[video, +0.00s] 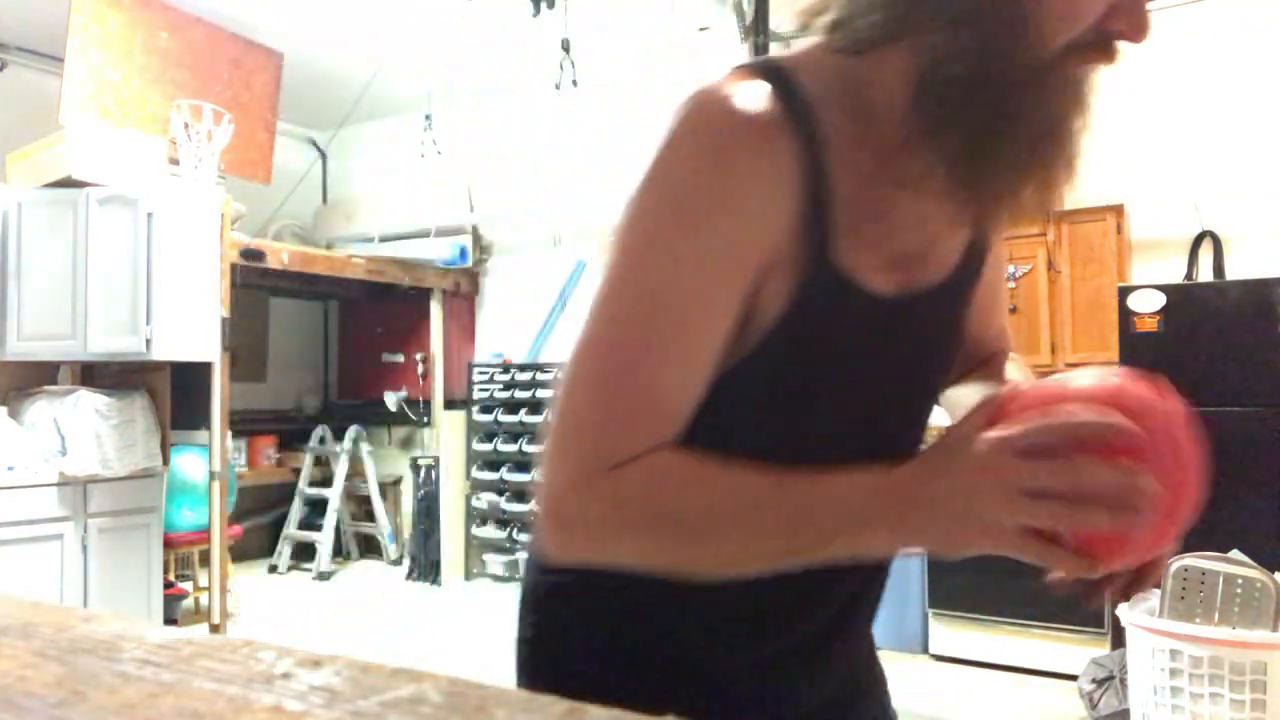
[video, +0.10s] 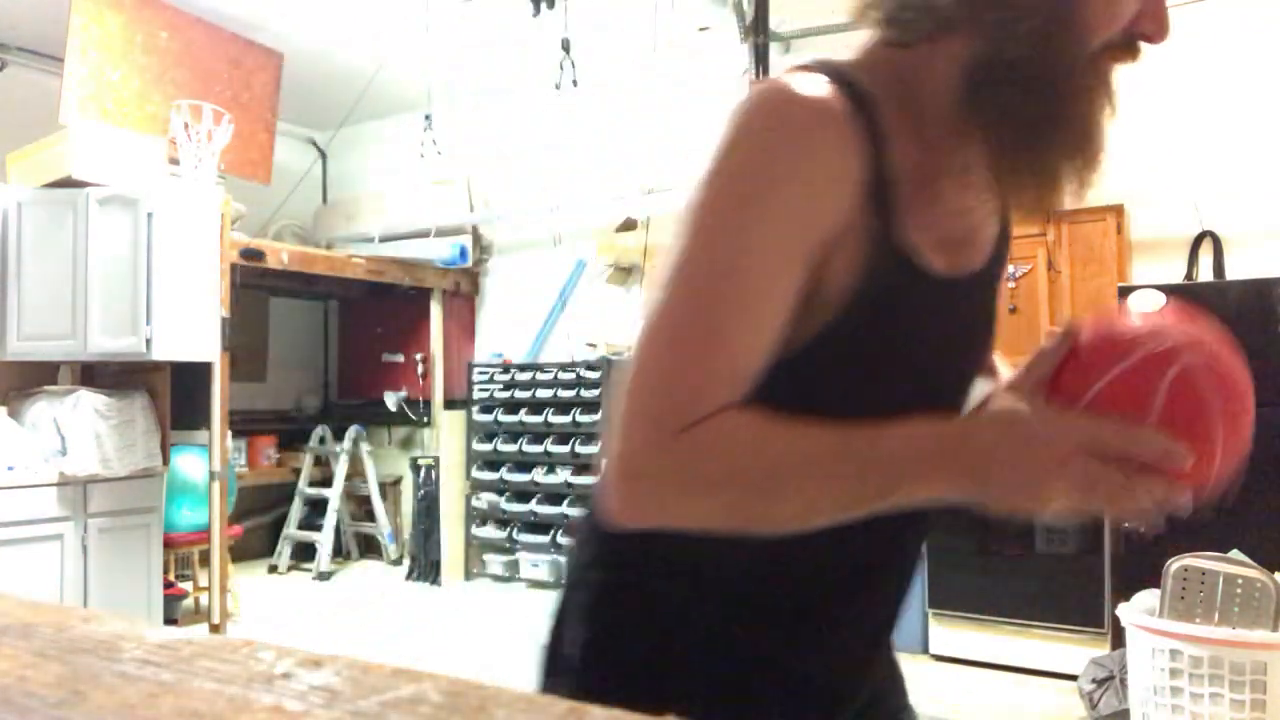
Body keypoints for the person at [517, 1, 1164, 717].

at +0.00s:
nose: (1134, 23)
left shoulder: (965, 154)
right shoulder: (743, 132)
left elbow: (977, 371)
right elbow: (583, 507)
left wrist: (1068, 503)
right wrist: (910, 504)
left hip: (824, 671)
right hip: (631, 683)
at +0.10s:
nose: (1156, 26)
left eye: (1155, 1)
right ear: (1025, 2)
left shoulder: (981, 151)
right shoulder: (801, 125)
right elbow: (646, 472)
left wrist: (1018, 419)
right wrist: (965, 462)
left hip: (841, 661)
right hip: (668, 673)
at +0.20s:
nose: (1154, 44)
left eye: (1160, 9)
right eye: (1146, 0)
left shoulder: (975, 163)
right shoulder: (857, 128)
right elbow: (747, 450)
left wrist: (1034, 368)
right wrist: (1012, 407)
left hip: (863, 651)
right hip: (744, 666)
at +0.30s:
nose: (1133, 59)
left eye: (1140, 35)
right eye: (1130, 32)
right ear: (1080, 23)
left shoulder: (963, 123)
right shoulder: (924, 117)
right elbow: (865, 437)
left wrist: (1046, 314)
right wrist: (1061, 398)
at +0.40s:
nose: (1135, 47)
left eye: (1142, 33)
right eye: (1135, 28)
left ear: (981, 4)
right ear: (1101, 15)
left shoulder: (890, 106)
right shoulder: (993, 103)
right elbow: (977, 415)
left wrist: (1043, 313)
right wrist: (1111, 392)